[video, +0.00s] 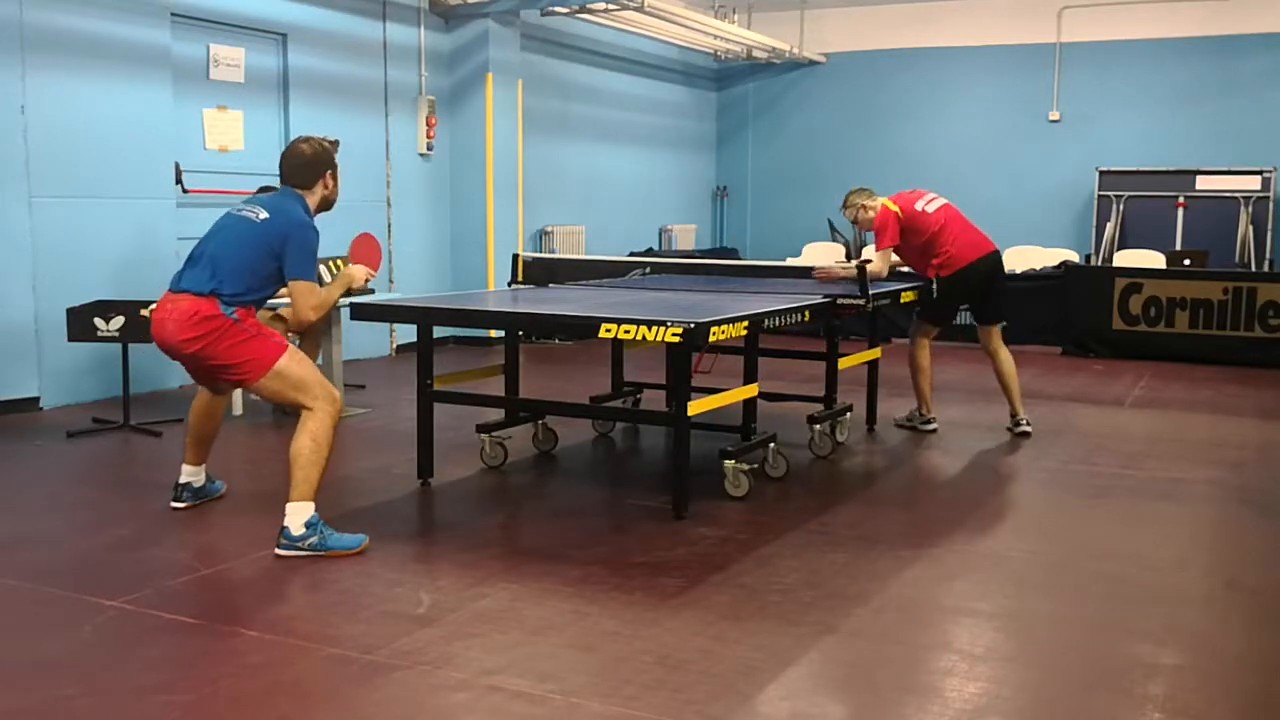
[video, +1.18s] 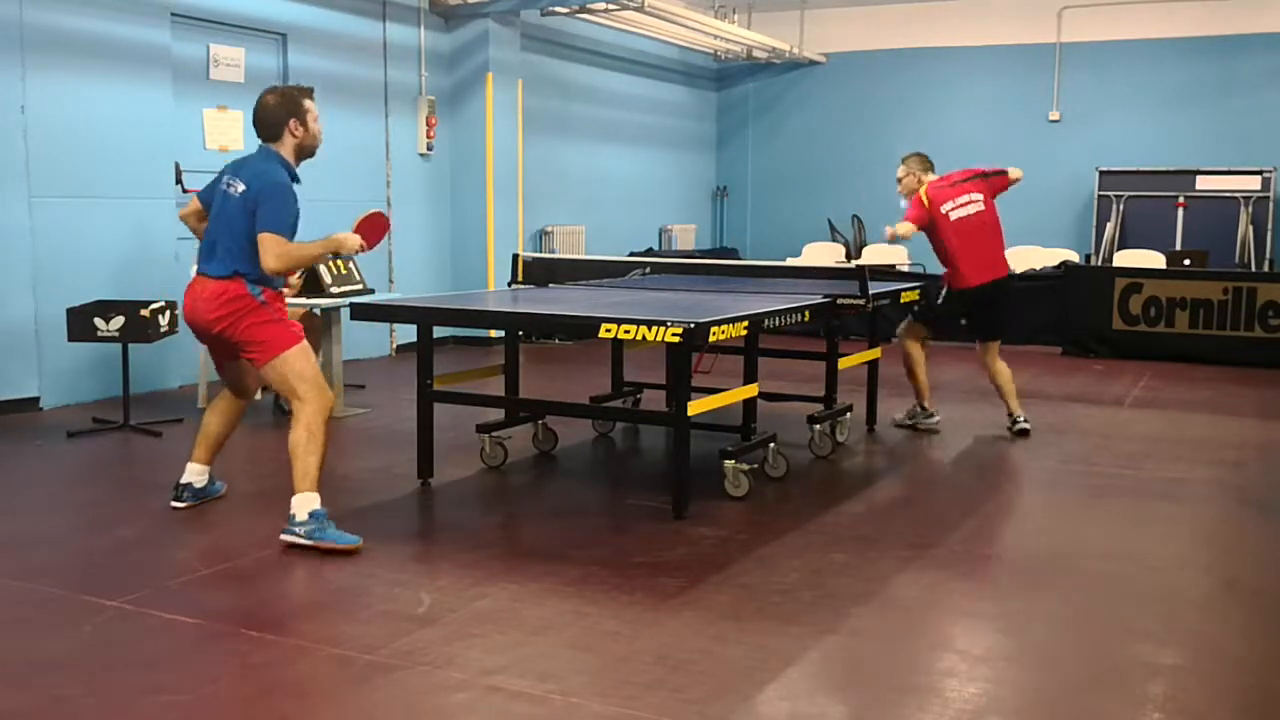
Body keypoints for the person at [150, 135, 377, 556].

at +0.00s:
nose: (338, 181)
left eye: (337, 173)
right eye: (337, 174)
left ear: (286, 177)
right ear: (325, 180)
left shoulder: (258, 202)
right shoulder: (298, 222)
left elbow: (234, 277)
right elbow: (305, 313)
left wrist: (274, 316)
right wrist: (347, 279)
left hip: (168, 315)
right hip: (207, 321)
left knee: (219, 382)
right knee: (323, 401)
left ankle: (190, 483)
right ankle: (300, 525)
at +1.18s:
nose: (320, 128)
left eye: (317, 119)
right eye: (315, 120)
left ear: (277, 130)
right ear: (295, 128)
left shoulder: (238, 167)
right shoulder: (276, 180)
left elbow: (191, 214)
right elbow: (274, 258)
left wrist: (233, 254)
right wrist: (331, 244)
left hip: (203, 297)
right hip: (239, 301)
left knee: (242, 386)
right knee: (314, 397)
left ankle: (193, 480)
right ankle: (306, 515)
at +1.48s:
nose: (337, 125)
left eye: (335, 116)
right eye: (331, 116)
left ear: (300, 123)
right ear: (307, 122)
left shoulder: (281, 162)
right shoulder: (280, 169)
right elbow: (250, 247)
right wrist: (316, 261)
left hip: (234, 290)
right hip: (251, 294)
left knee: (263, 381)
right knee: (341, 379)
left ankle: (201, 467)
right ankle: (310, 496)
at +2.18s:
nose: (325, 152)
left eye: (325, 144)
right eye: (318, 144)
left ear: (283, 149)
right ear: (289, 146)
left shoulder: (246, 181)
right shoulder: (297, 182)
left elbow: (254, 246)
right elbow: (337, 213)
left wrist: (305, 273)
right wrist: (330, 202)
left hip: (230, 300)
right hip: (274, 300)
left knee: (279, 357)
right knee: (304, 407)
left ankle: (263, 447)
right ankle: (267, 484)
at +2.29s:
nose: (321, 154)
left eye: (320, 146)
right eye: (314, 146)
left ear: (277, 152)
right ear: (287, 150)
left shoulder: (234, 190)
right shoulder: (302, 188)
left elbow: (213, 261)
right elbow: (326, 252)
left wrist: (254, 268)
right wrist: (287, 242)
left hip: (231, 301)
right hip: (280, 300)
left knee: (276, 358)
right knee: (319, 401)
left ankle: (265, 444)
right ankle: (291, 479)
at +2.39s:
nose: (321, 140)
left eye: (321, 132)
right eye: (315, 133)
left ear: (281, 138)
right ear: (288, 136)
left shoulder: (241, 176)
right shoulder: (290, 174)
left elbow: (202, 230)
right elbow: (326, 240)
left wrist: (235, 266)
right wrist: (321, 241)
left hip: (225, 286)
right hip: (264, 285)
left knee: (276, 358)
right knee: (311, 383)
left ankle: (264, 446)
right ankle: (292, 479)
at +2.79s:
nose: (316, 117)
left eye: (315, 108)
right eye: (310, 108)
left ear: (282, 111)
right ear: (284, 111)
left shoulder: (271, 160)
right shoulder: (240, 156)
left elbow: (256, 225)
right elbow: (207, 224)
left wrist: (281, 257)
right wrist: (270, 240)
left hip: (240, 278)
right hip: (216, 280)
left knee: (242, 376)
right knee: (274, 384)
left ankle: (251, 454)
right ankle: (223, 497)